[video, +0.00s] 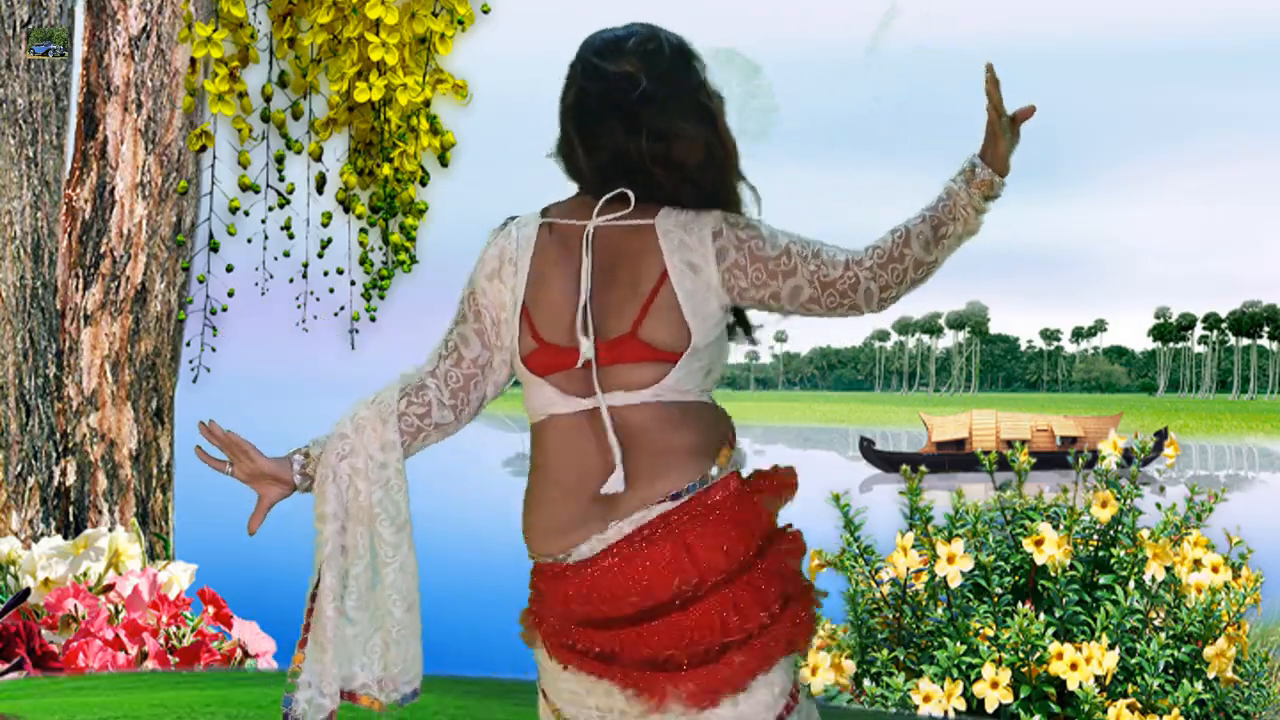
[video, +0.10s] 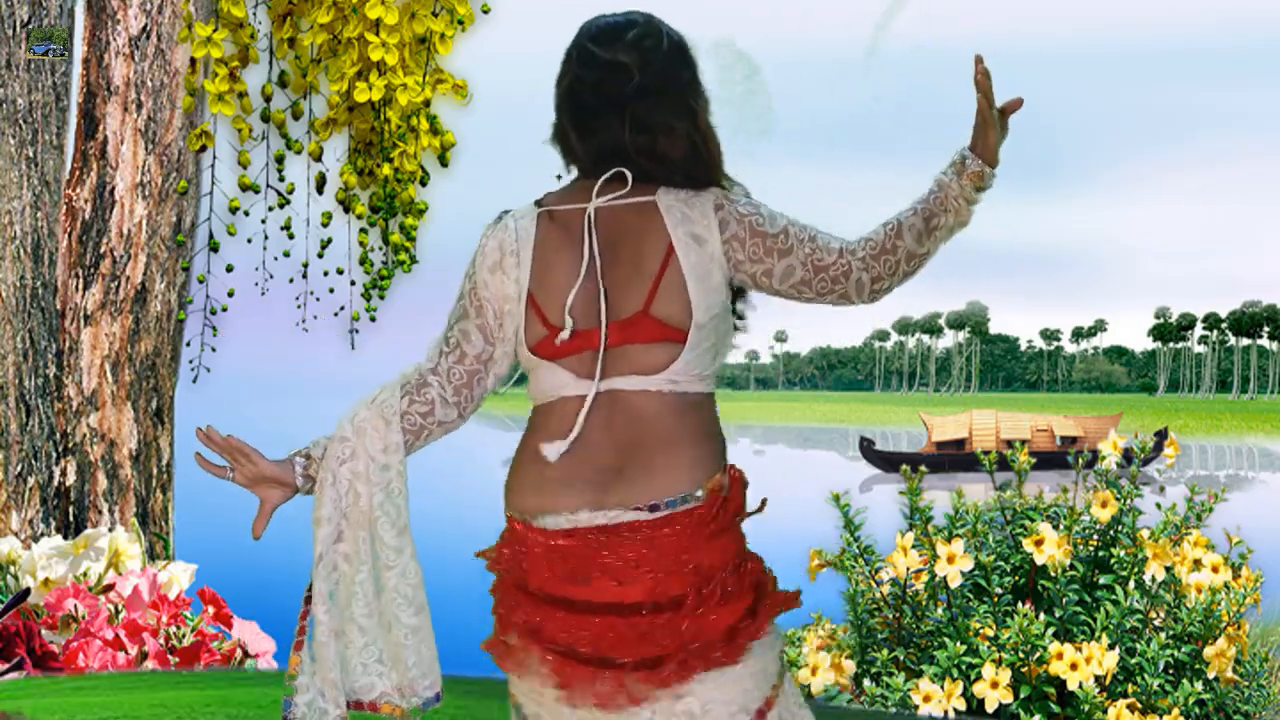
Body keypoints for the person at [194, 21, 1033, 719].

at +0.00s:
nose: (715, 130)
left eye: (704, 110)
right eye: (703, 111)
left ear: (577, 128)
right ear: (682, 124)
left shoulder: (513, 252)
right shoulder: (705, 239)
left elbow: (439, 397)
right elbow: (864, 284)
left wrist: (301, 467)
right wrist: (983, 178)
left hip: (564, 530)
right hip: (694, 517)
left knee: (592, 705)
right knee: (733, 703)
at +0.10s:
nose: (688, 114)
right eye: (681, 97)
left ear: (569, 114)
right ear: (679, 107)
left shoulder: (514, 240)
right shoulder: (713, 220)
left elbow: (438, 395)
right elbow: (859, 273)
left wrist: (298, 472)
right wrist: (973, 171)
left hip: (545, 527)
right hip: (681, 520)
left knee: (561, 702)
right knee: (727, 702)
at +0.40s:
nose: (696, 126)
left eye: (573, 108)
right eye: (687, 108)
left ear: (568, 127)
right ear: (682, 123)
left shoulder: (512, 248)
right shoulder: (712, 239)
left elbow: (444, 412)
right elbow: (857, 300)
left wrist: (310, 500)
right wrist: (980, 221)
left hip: (544, 525)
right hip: (680, 519)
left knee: (549, 699)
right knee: (710, 699)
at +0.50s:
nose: (547, 140)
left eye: (556, 122)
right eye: (555, 119)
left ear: (576, 139)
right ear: (676, 136)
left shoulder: (527, 261)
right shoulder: (724, 257)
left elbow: (450, 424)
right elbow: (851, 350)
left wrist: (319, 507)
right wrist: (1000, 326)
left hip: (550, 548)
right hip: (692, 542)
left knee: (546, 711)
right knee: (722, 710)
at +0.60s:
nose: (537, 107)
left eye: (554, 88)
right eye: (545, 87)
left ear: (611, 103)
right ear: (636, 103)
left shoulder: (561, 226)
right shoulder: (740, 219)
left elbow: (488, 399)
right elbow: (845, 339)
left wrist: (361, 492)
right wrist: (968, 401)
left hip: (554, 505)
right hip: (690, 513)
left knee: (536, 702)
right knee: (691, 705)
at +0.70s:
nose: (558, 103)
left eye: (579, 80)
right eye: (564, 80)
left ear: (647, 97)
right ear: (641, 100)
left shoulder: (604, 215)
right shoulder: (759, 210)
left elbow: (580, 389)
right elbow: (806, 360)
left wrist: (469, 471)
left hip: (601, 485)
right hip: (715, 497)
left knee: (541, 695)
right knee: (690, 701)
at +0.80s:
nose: (576, 120)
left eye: (602, 97)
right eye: (578, 101)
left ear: (671, 113)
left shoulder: (630, 227)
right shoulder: (764, 240)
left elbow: (621, 403)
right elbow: (789, 411)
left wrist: (524, 525)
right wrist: (796, 539)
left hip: (624, 533)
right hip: (736, 533)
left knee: (582, 699)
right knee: (704, 704)